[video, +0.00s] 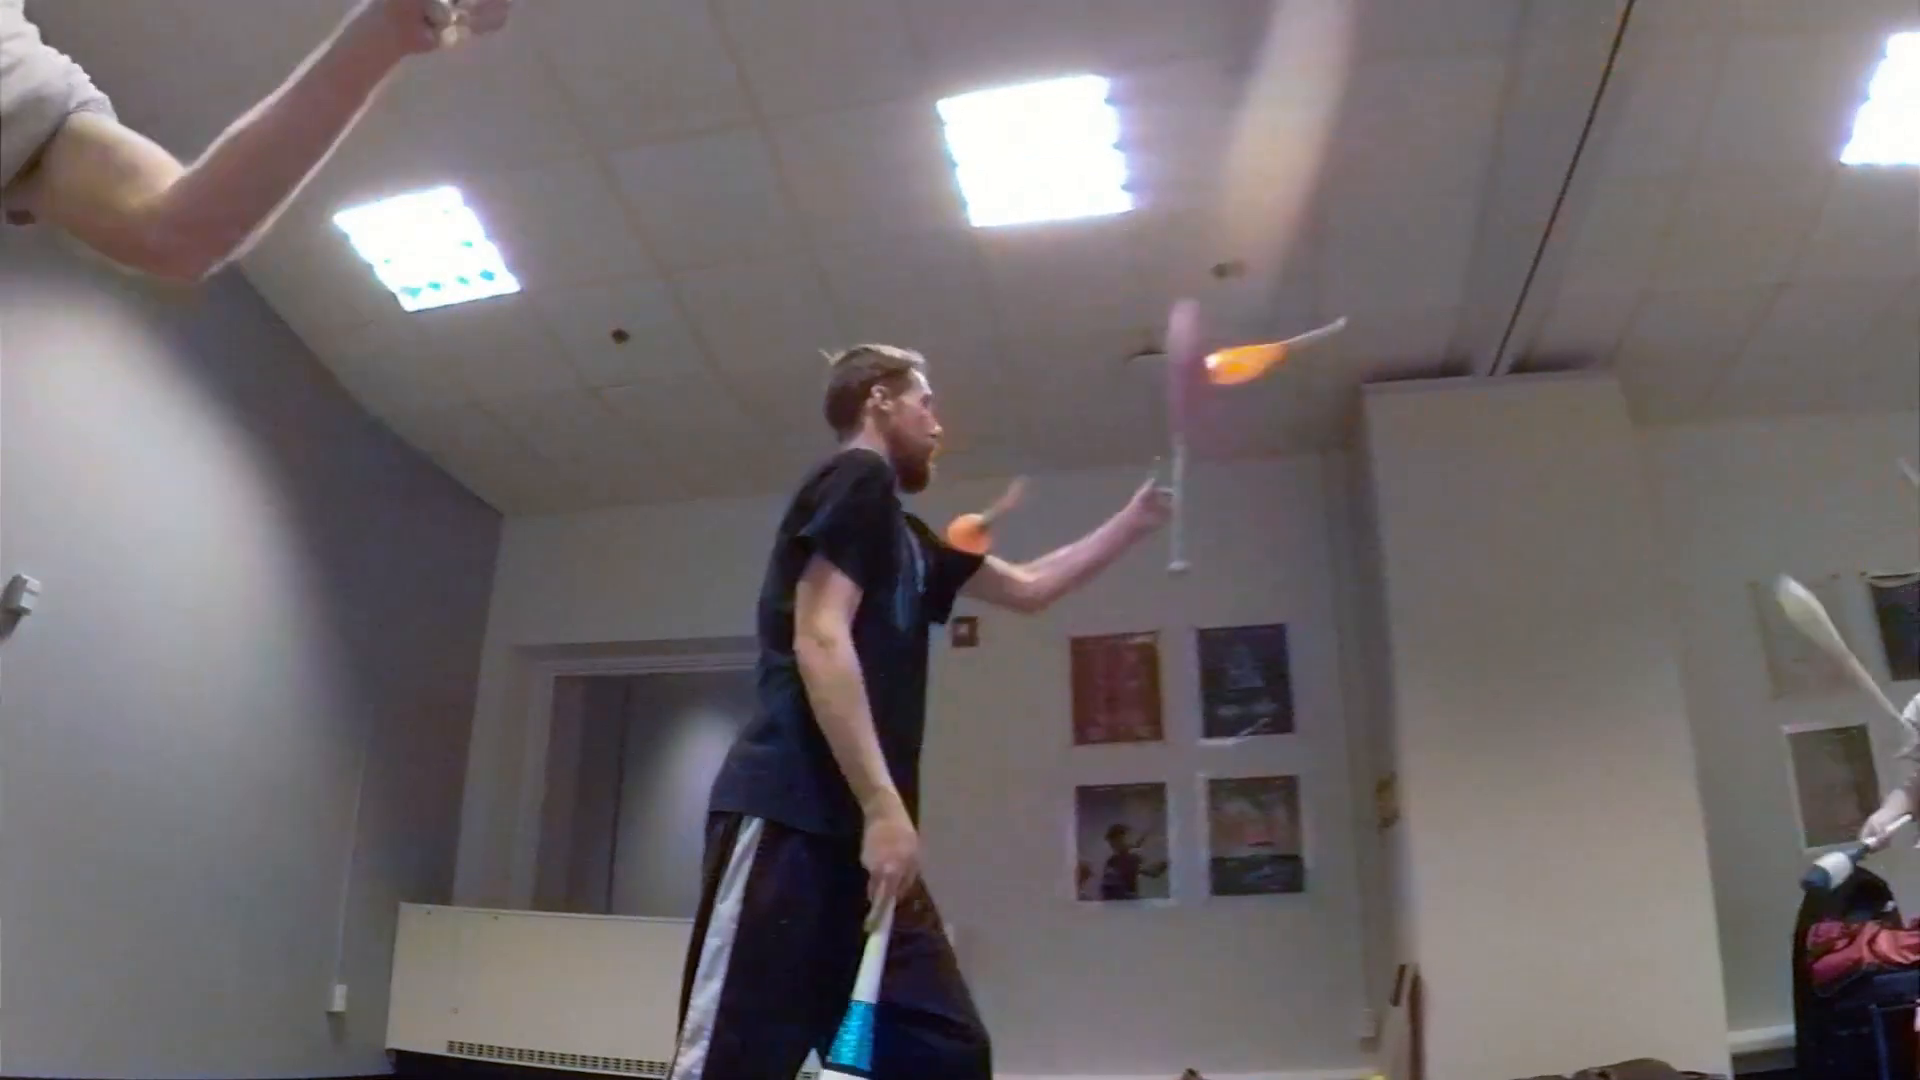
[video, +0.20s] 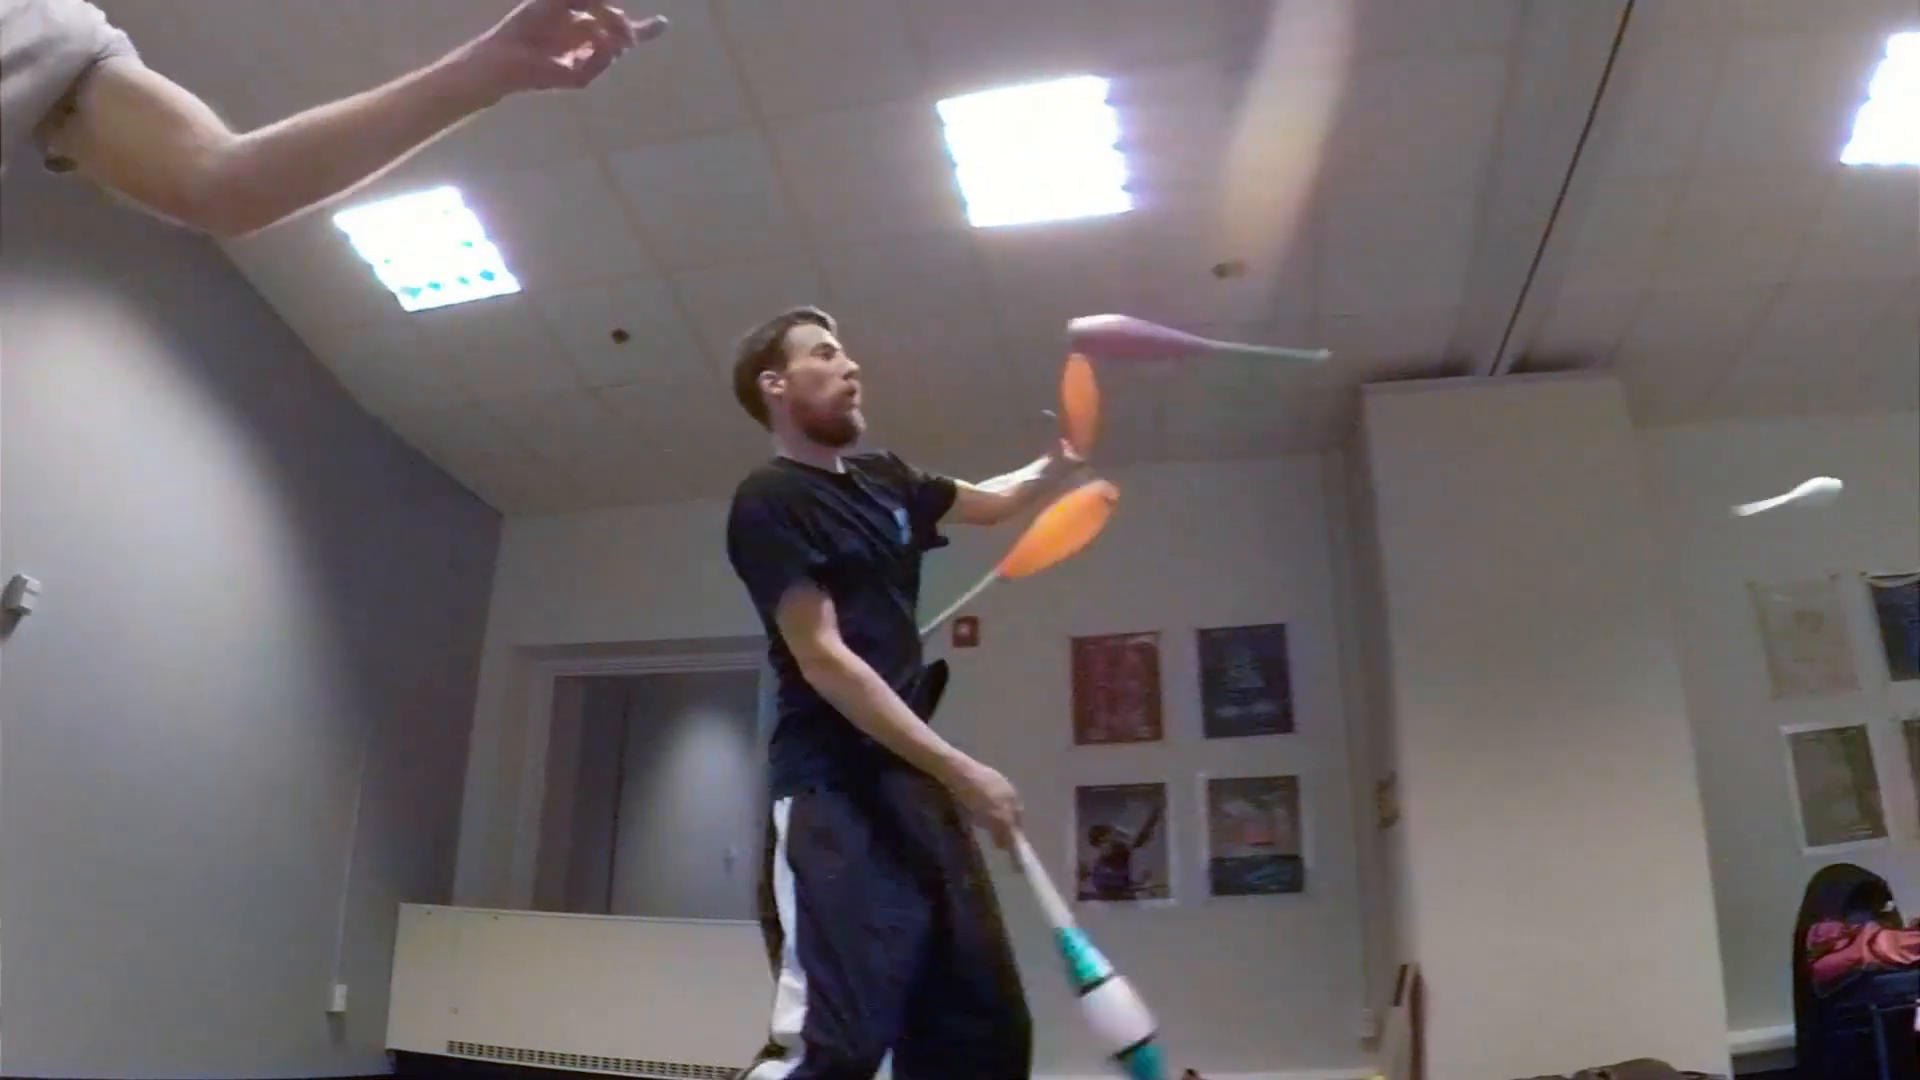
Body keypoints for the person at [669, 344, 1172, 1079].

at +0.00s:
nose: (939, 420)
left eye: (935, 403)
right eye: (926, 400)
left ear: (887, 407)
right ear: (879, 403)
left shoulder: (906, 533)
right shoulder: (858, 478)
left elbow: (1026, 586)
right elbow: (819, 639)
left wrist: (1135, 519)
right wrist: (884, 810)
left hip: (858, 832)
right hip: (788, 819)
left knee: (946, 1051)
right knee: (728, 1060)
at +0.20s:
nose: (850, 365)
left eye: (844, 351)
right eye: (823, 353)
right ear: (771, 388)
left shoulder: (881, 476)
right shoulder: (770, 500)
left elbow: (984, 503)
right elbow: (822, 660)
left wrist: (1054, 468)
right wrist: (958, 770)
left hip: (913, 781)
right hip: (827, 791)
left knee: (982, 1027)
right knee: (845, 1034)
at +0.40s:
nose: (790, 410)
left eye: (786, 396)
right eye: (762, 397)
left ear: (794, 418)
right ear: (708, 429)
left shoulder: (825, 521)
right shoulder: (705, 566)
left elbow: (929, 593)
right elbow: (801, 715)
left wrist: (1027, 508)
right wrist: (963, 768)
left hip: (878, 819)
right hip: (790, 839)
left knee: (979, 1044)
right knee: (859, 1057)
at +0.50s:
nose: (763, 429)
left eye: (761, 416)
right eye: (736, 417)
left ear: (770, 437)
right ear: (682, 448)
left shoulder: (805, 539)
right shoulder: (674, 583)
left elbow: (893, 647)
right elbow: (761, 723)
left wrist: (985, 594)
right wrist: (926, 775)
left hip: (860, 841)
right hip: (762, 855)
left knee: (951, 1040)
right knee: (822, 1059)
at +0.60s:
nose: (750, 450)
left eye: (750, 437)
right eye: (725, 436)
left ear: (758, 455)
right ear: (672, 462)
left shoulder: (794, 552)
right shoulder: (649, 598)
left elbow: (874, 678)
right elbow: (717, 741)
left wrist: (907, 590)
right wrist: (870, 789)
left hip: (841, 857)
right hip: (743, 870)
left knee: (882, 1056)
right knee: (784, 1060)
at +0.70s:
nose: (745, 467)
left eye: (749, 456)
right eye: (724, 452)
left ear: (755, 477)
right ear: (673, 474)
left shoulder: (791, 571)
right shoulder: (640, 605)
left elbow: (863, 697)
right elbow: (676, 749)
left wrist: (836, 580)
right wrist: (807, 807)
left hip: (805, 860)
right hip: (704, 867)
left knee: (811, 1061)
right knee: (719, 1057)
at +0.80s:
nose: (744, 484)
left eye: (751, 474)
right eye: (725, 469)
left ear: (758, 492)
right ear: (675, 481)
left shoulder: (772, 583)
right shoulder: (625, 602)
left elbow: (837, 693)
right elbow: (640, 744)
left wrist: (791, 569)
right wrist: (746, 822)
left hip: (776, 865)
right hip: (667, 869)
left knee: (800, 1050)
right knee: (666, 1039)